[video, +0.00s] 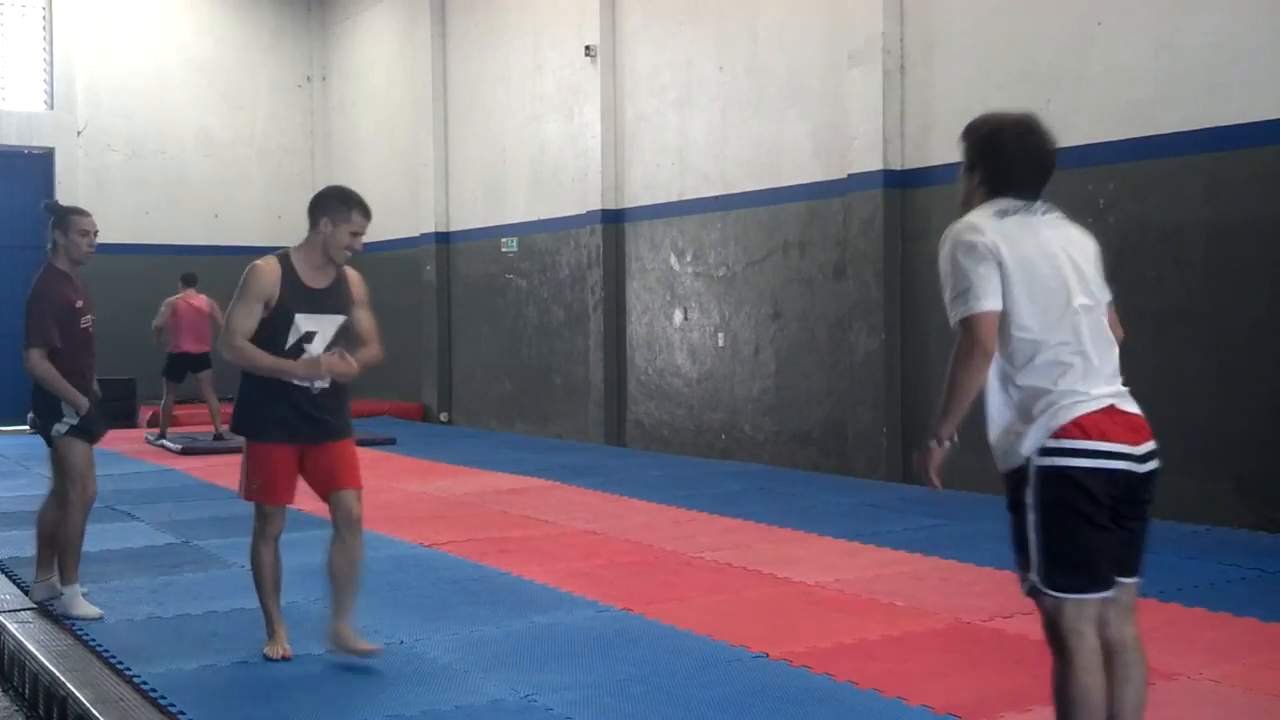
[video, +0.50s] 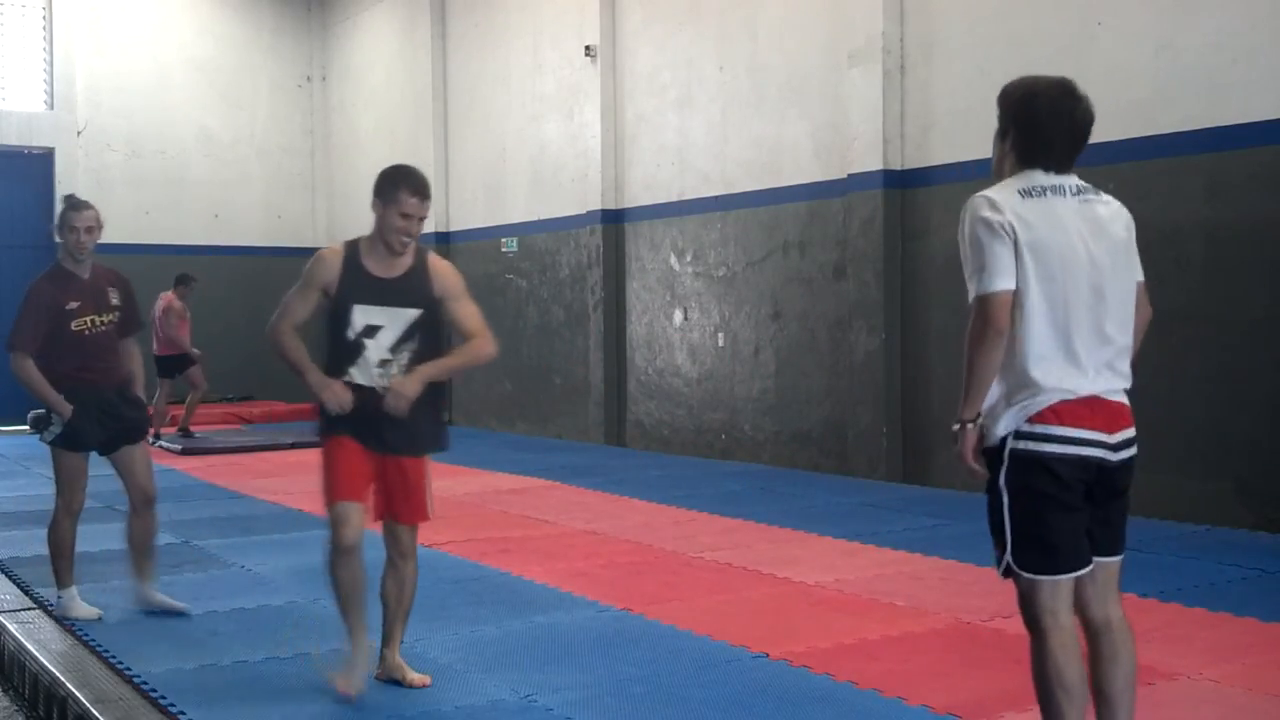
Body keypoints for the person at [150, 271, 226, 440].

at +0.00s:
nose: (180, 288)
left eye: (180, 285)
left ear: (181, 285)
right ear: (196, 285)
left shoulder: (172, 302)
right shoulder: (208, 302)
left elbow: (158, 324)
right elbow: (221, 324)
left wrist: (157, 341)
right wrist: (224, 341)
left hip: (178, 355)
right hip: (202, 355)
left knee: (169, 396)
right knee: (209, 393)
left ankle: (162, 433)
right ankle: (218, 431)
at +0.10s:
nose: (179, 290)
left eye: (177, 287)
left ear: (176, 286)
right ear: (192, 287)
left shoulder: (165, 304)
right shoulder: (203, 304)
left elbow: (150, 330)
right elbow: (211, 330)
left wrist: (152, 345)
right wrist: (211, 349)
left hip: (172, 358)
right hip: (196, 357)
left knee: (166, 397)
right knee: (205, 394)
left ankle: (163, 433)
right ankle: (214, 429)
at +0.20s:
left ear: (173, 284)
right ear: (188, 286)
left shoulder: (158, 302)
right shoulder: (196, 303)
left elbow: (148, 328)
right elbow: (201, 332)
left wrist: (156, 343)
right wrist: (204, 355)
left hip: (166, 356)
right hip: (190, 356)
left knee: (164, 397)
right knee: (199, 393)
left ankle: (162, 434)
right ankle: (203, 429)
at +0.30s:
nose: (191, 290)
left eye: (191, 288)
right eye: (191, 288)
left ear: (175, 284)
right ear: (187, 286)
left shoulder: (154, 300)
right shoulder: (188, 303)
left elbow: (145, 324)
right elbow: (192, 332)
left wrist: (157, 338)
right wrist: (200, 352)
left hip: (163, 356)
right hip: (185, 355)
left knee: (163, 396)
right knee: (198, 389)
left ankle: (161, 434)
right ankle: (195, 428)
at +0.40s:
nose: (191, 293)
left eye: (192, 289)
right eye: (191, 289)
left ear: (176, 285)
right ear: (185, 287)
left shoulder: (157, 299)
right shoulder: (181, 304)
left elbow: (146, 322)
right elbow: (183, 333)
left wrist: (155, 338)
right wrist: (196, 350)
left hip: (160, 355)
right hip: (180, 354)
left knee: (162, 394)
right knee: (201, 386)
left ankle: (160, 432)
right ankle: (189, 426)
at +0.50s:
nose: (190, 293)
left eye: (191, 289)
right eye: (189, 289)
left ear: (177, 287)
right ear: (181, 287)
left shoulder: (163, 299)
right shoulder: (174, 304)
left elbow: (156, 324)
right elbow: (171, 331)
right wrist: (189, 349)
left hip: (161, 354)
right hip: (178, 354)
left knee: (163, 391)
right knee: (199, 386)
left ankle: (156, 432)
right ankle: (184, 426)